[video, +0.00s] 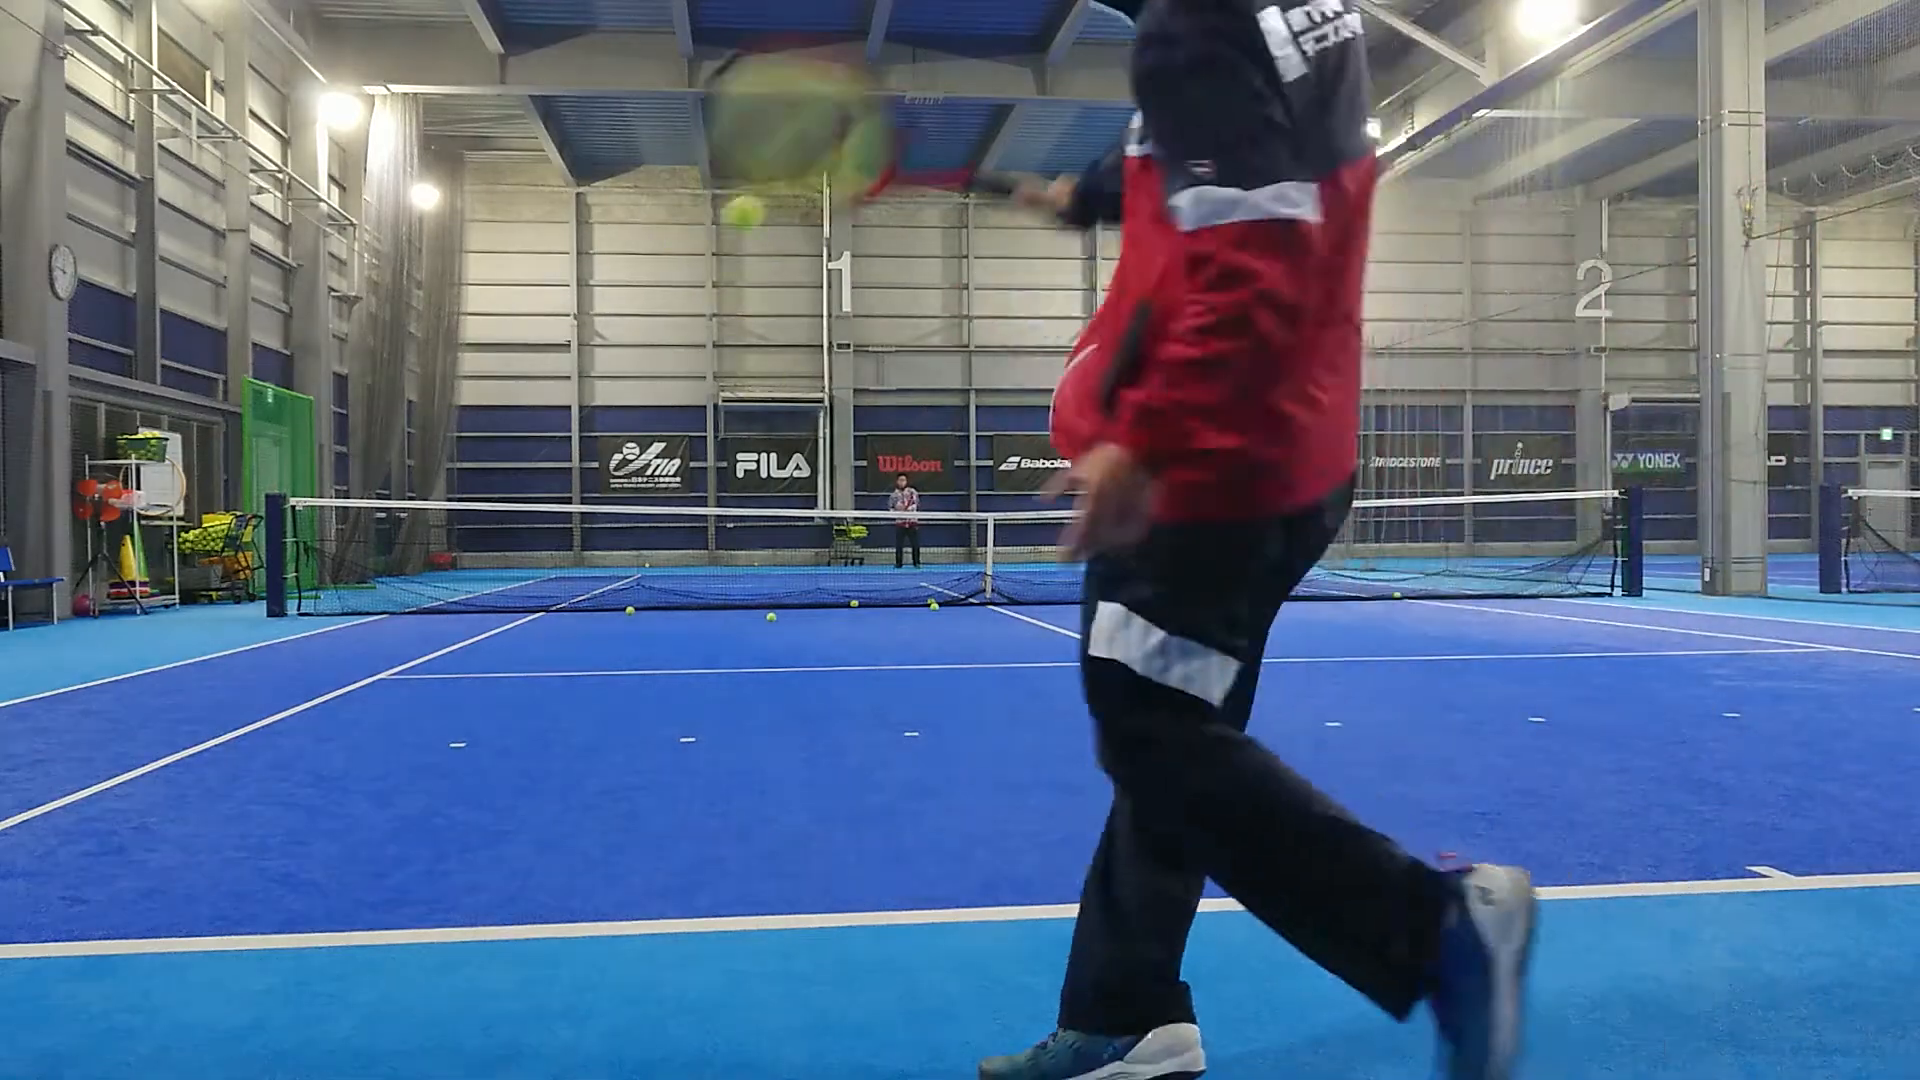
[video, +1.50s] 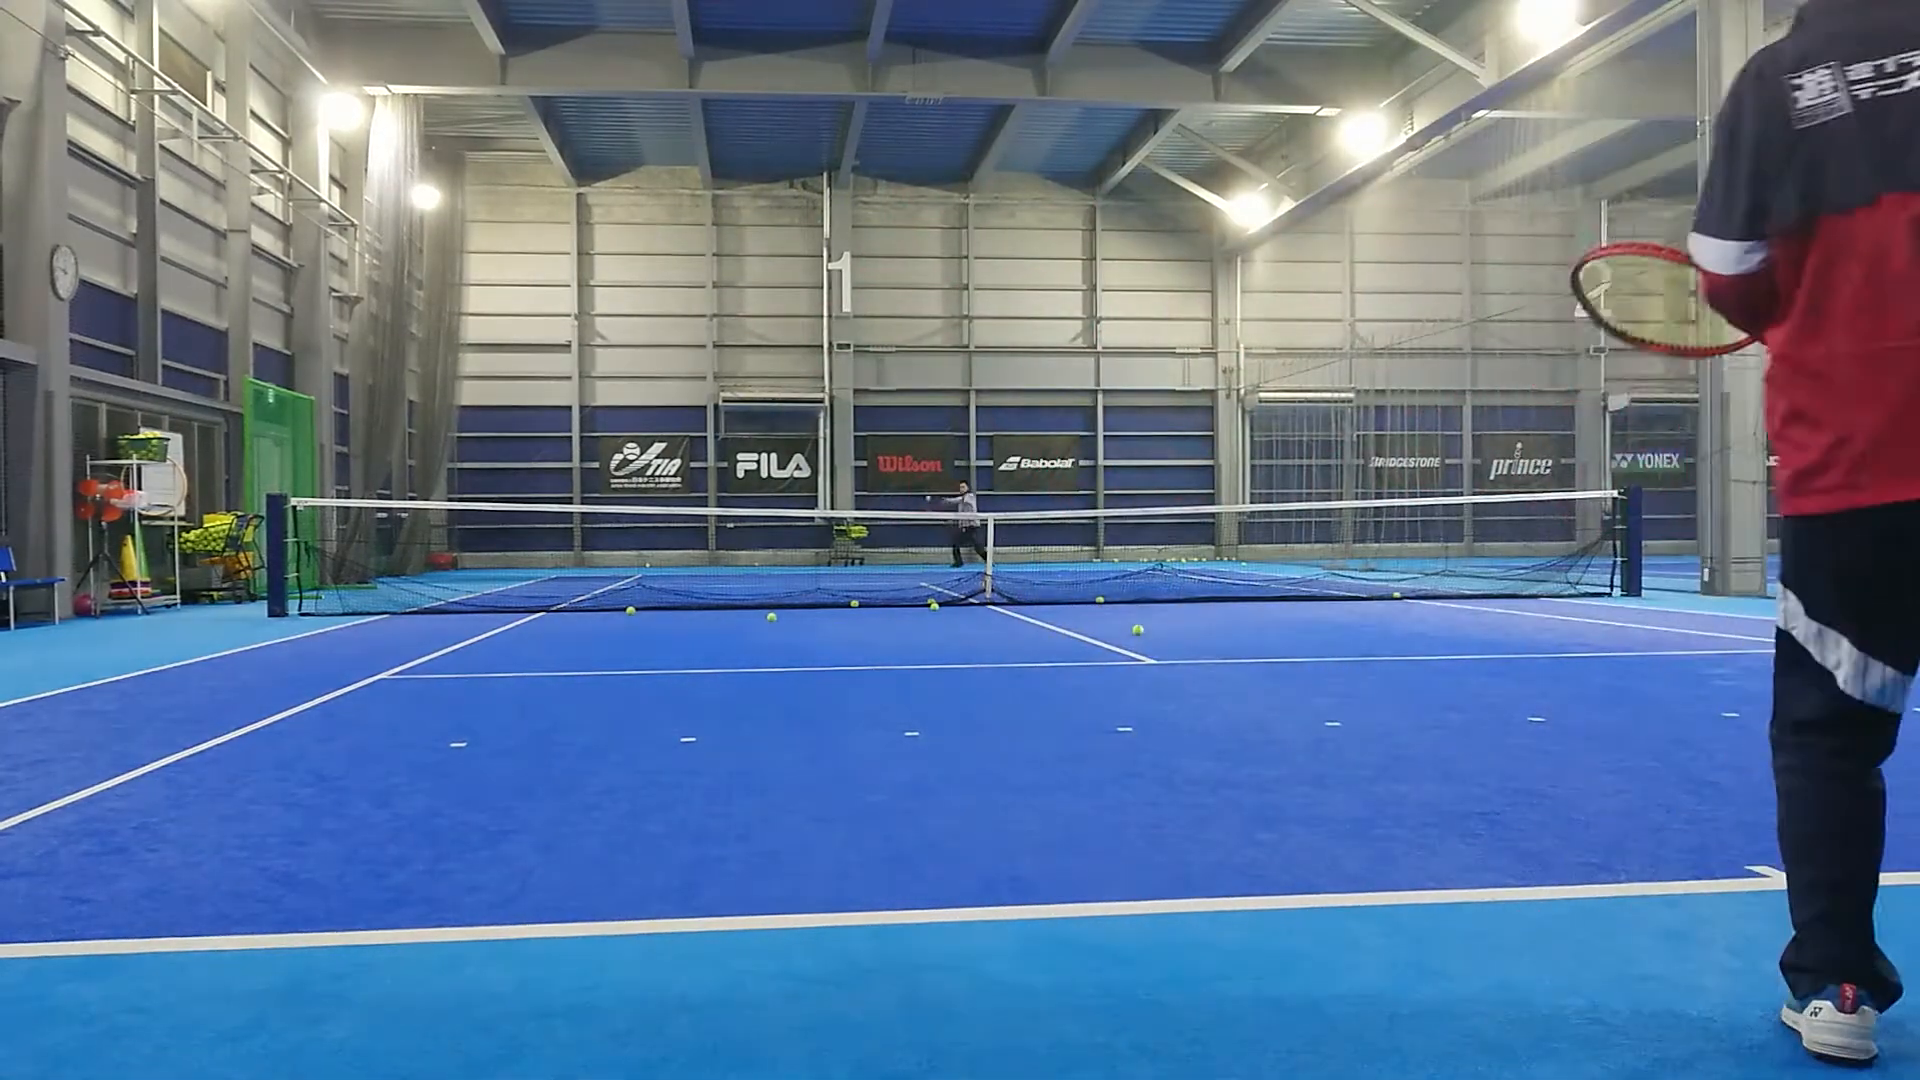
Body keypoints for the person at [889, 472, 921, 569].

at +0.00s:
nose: (902, 482)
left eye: (904, 480)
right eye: (900, 480)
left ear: (907, 482)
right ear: (897, 482)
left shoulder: (912, 492)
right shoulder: (894, 494)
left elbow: (916, 504)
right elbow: (890, 507)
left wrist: (908, 510)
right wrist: (898, 512)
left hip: (912, 522)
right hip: (900, 522)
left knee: (915, 544)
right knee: (899, 545)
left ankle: (916, 562)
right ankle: (898, 563)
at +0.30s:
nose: (903, 483)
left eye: (905, 480)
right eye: (901, 481)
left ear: (908, 482)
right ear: (898, 482)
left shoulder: (914, 494)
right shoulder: (895, 495)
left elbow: (918, 506)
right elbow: (891, 507)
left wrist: (910, 513)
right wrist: (899, 514)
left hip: (913, 522)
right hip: (901, 523)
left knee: (918, 544)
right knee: (899, 545)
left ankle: (923, 561)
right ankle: (899, 563)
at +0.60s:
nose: (915, 487)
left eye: (917, 484)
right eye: (913, 484)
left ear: (921, 486)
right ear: (911, 486)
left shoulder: (925, 496)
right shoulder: (910, 496)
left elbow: (927, 509)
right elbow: (905, 508)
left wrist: (927, 521)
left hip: (923, 523)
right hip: (913, 524)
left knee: (923, 545)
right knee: (908, 544)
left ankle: (930, 562)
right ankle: (901, 562)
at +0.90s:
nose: (931, 488)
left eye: (933, 486)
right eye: (929, 486)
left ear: (936, 488)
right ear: (926, 488)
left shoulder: (938, 497)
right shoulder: (926, 498)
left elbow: (929, 507)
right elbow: (925, 507)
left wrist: (917, 503)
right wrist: (917, 503)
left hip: (938, 523)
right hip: (930, 523)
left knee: (930, 544)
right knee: (928, 544)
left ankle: (943, 555)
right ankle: (930, 561)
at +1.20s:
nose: (944, 490)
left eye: (946, 488)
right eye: (942, 488)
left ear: (950, 488)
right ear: (941, 490)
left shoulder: (952, 498)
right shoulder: (943, 501)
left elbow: (958, 509)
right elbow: (933, 503)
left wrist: (959, 520)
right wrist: (923, 499)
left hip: (954, 523)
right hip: (948, 523)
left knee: (949, 544)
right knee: (948, 544)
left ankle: (957, 561)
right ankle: (955, 561)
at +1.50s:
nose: (961, 489)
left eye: (963, 487)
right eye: (960, 487)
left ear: (968, 487)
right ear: (959, 489)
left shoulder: (970, 497)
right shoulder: (961, 498)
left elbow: (957, 500)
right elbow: (950, 501)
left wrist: (945, 500)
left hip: (971, 525)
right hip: (962, 525)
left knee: (977, 546)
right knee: (955, 543)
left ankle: (989, 560)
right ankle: (958, 561)